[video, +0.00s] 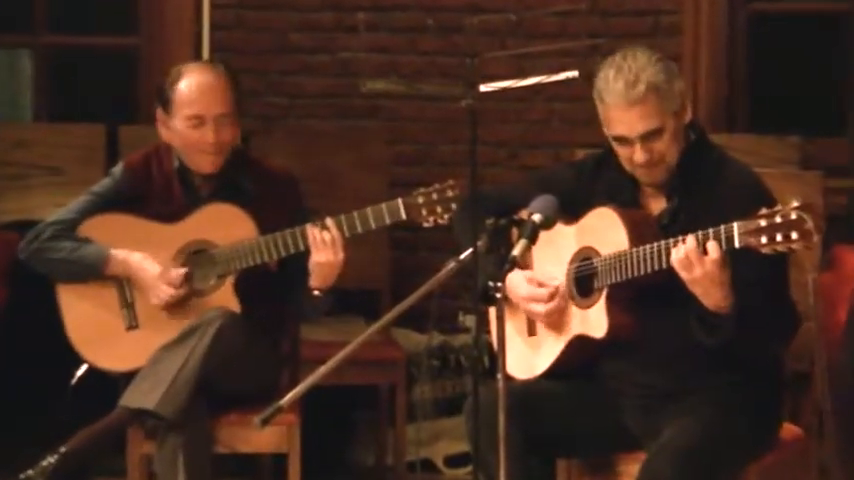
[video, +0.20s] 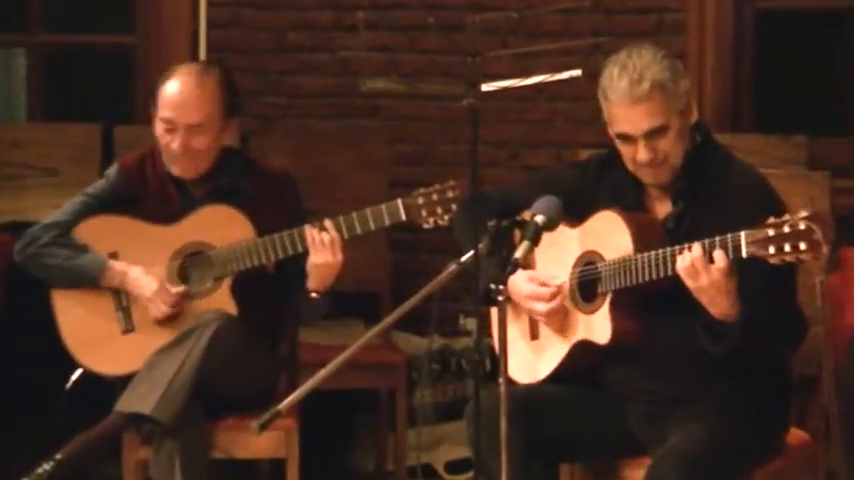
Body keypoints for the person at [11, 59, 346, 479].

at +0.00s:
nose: (213, 137)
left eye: (224, 121)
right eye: (196, 123)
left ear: (239, 122)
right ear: (165, 126)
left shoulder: (273, 189)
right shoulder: (139, 177)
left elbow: (296, 306)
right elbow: (39, 246)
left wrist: (320, 287)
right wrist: (131, 265)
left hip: (251, 361)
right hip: (157, 353)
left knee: (218, 327)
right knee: (183, 420)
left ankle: (86, 445)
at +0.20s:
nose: (180, 144)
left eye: (197, 130)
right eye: (168, 127)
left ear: (228, 131)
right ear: (154, 121)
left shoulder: (270, 189)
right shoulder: (133, 177)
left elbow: (292, 309)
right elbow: (34, 248)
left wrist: (317, 289)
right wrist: (123, 275)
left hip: (246, 364)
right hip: (152, 354)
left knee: (215, 329)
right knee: (179, 424)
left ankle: (93, 443)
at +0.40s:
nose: (161, 142)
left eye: (180, 129)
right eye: (153, 124)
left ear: (220, 132)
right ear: (143, 119)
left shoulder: (265, 190)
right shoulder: (123, 177)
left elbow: (293, 314)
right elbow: (21, 251)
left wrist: (314, 291)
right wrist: (110, 277)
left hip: (242, 370)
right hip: (144, 359)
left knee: (207, 333)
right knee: (172, 433)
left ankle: (92, 446)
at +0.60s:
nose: (142, 144)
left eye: (163, 131)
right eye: (135, 125)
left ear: (207, 133)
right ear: (126, 118)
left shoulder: (256, 188)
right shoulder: (109, 174)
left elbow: (281, 318)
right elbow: (11, 254)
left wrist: (309, 297)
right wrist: (97, 263)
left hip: (232, 379)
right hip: (124, 368)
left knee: (194, 341)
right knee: (157, 453)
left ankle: (82, 453)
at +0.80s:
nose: (136, 145)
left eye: (157, 135)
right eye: (130, 126)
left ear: (201, 135)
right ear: (122, 114)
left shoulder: (253, 192)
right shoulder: (103, 175)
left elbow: (291, 313)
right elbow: (4, 252)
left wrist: (333, 284)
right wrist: (95, 269)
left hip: (228, 383)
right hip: (116, 371)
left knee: (190, 344)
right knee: (153, 447)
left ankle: (69, 460)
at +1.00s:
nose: (134, 149)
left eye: (155, 139)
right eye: (129, 130)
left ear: (201, 141)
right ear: (122, 115)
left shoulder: (252, 191)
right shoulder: (103, 175)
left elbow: (307, 302)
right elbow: (5, 252)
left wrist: (373, 278)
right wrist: (91, 269)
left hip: (224, 383)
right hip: (107, 373)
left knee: (194, 343)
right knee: (151, 452)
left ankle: (73, 458)